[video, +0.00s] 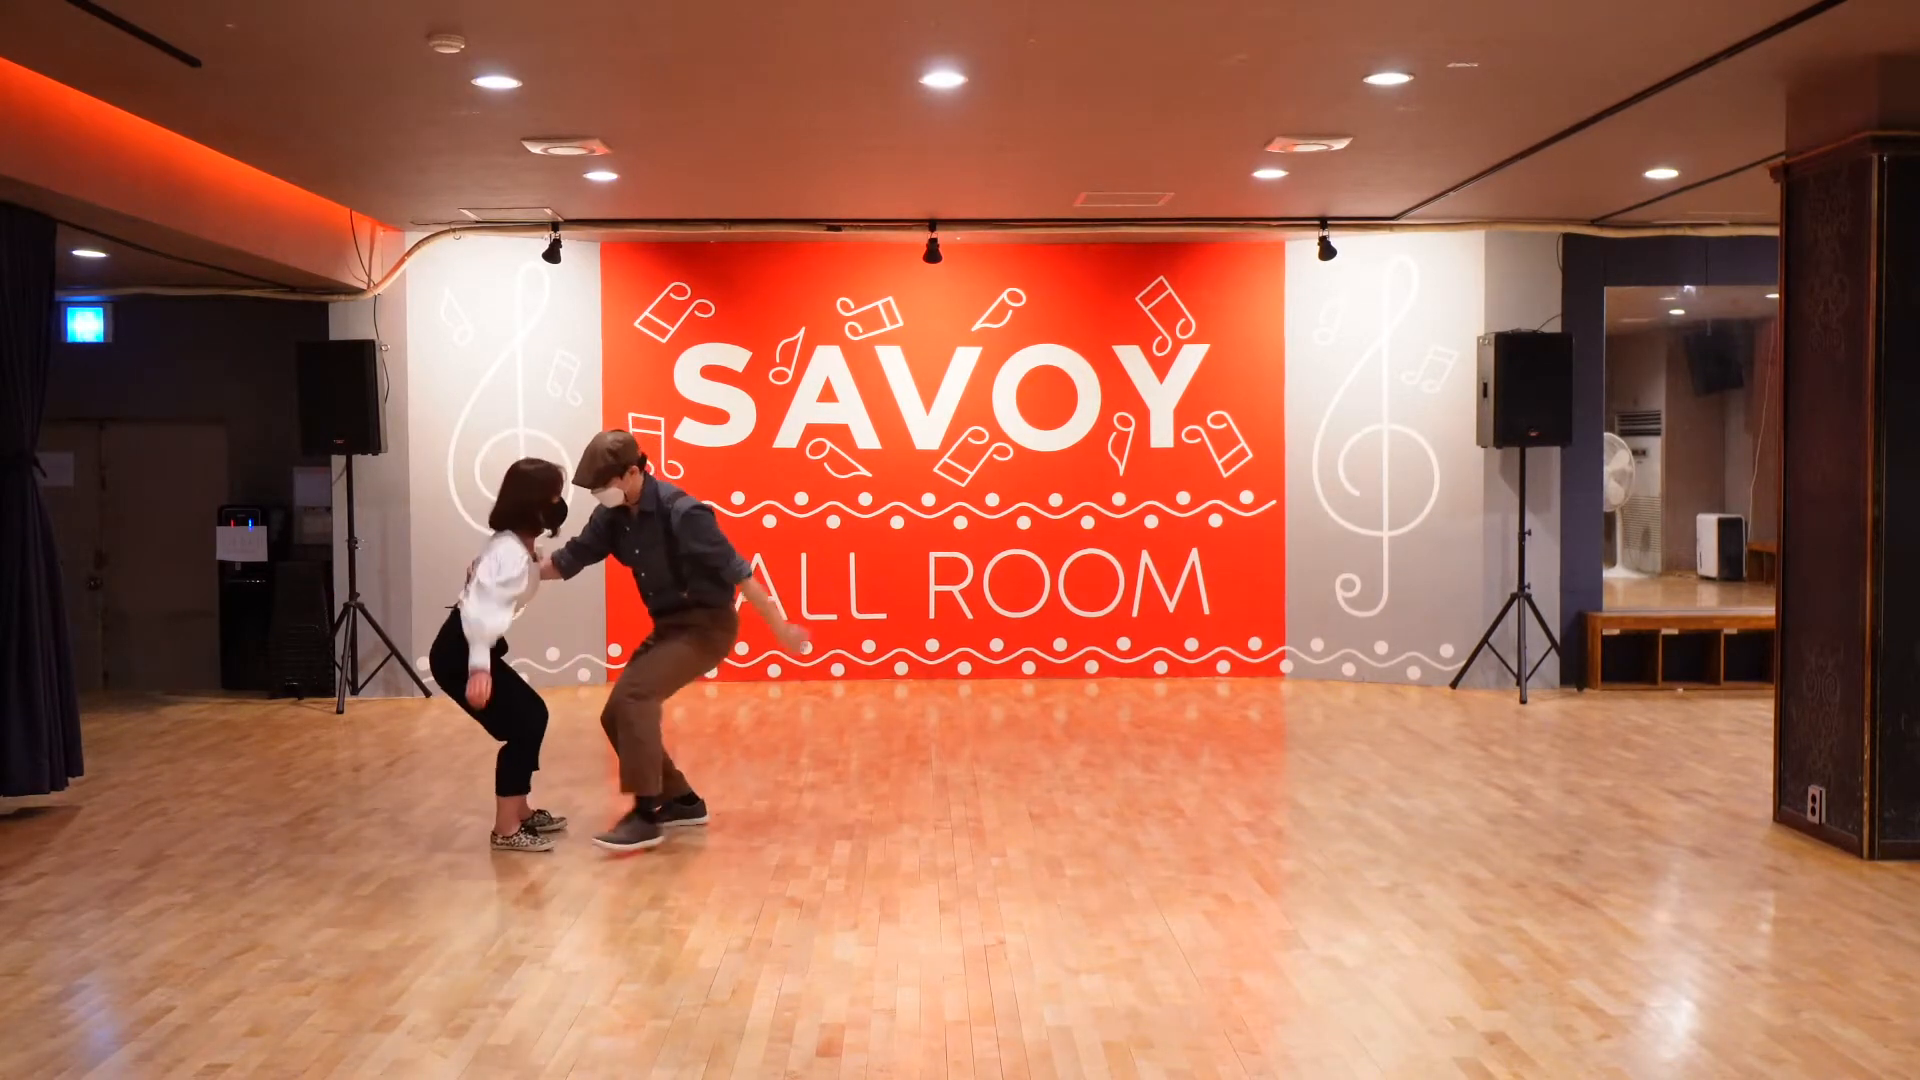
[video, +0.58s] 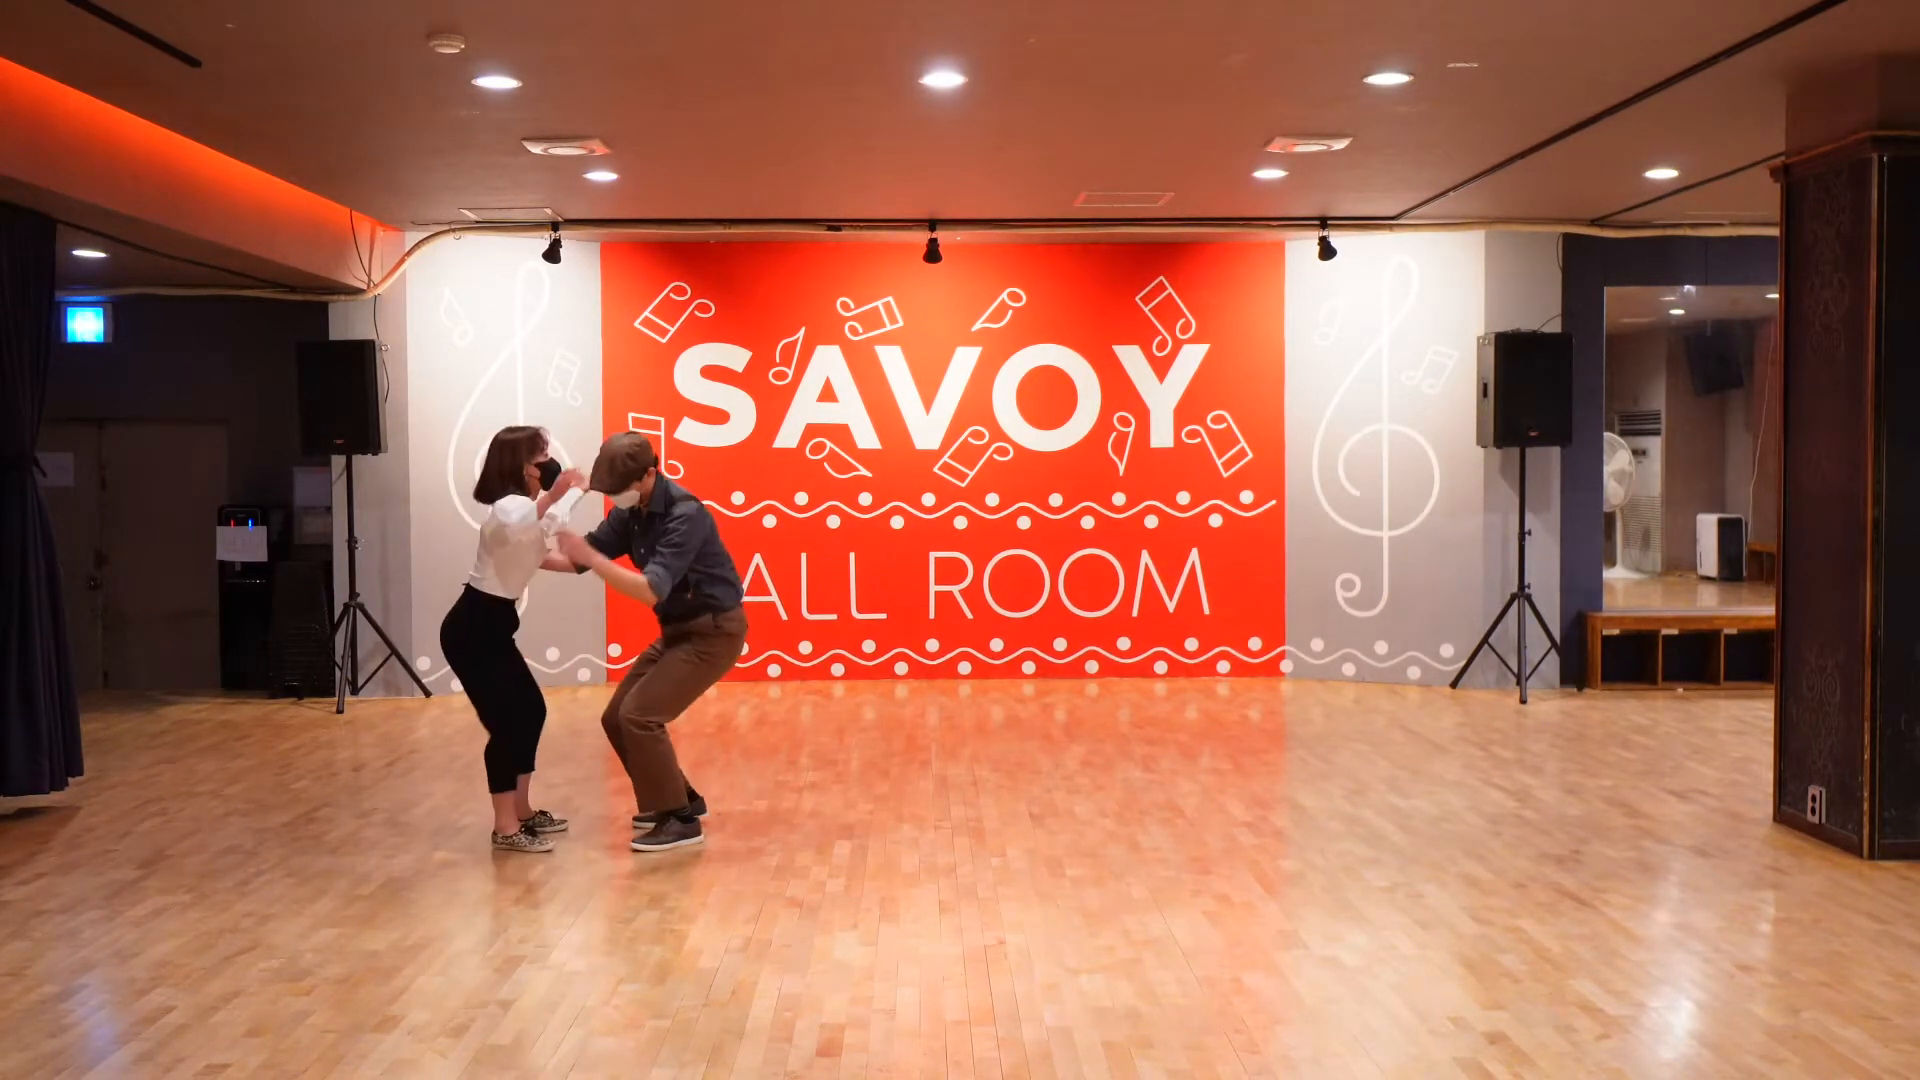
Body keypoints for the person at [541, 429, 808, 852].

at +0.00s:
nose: (600, 498)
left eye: (604, 488)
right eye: (595, 490)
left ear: (632, 473)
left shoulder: (683, 512)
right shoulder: (611, 516)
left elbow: (739, 571)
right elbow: (568, 560)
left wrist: (781, 627)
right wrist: (519, 571)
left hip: (708, 625)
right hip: (668, 628)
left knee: (633, 695)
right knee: (615, 716)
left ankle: (647, 811)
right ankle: (680, 799)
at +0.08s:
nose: (601, 500)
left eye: (606, 491)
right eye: (598, 492)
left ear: (635, 478)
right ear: (622, 482)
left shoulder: (687, 519)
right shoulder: (616, 520)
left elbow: (722, 597)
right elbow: (567, 567)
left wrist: (746, 664)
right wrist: (506, 572)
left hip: (704, 637)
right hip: (668, 638)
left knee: (629, 708)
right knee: (608, 720)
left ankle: (681, 807)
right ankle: (673, 801)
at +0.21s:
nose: (604, 507)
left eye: (610, 497)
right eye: (601, 498)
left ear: (640, 486)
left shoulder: (689, 527)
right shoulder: (622, 527)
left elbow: (689, 616)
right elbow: (566, 573)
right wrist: (496, 572)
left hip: (707, 643)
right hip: (670, 640)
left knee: (620, 722)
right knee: (603, 722)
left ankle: (679, 819)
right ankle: (676, 796)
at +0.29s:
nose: (606, 509)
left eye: (613, 499)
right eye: (603, 500)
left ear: (643, 488)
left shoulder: (689, 528)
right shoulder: (625, 527)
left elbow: (663, 612)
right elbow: (568, 570)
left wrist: (615, 673)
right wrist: (503, 566)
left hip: (709, 646)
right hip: (673, 643)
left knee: (622, 723)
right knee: (604, 722)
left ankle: (679, 818)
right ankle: (678, 796)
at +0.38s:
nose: (610, 507)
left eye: (615, 498)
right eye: (606, 498)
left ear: (644, 486)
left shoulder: (687, 525)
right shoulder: (629, 523)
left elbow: (649, 605)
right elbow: (570, 565)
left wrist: (580, 638)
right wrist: (524, 559)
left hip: (713, 642)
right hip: (674, 641)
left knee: (633, 718)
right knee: (606, 716)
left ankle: (680, 819)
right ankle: (678, 795)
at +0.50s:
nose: (609, 502)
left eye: (615, 494)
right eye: (606, 494)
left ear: (643, 483)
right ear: (639, 482)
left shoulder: (685, 520)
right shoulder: (631, 516)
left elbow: (644, 597)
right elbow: (580, 558)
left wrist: (572, 580)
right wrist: (539, 554)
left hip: (714, 639)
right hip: (678, 636)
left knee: (631, 717)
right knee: (613, 718)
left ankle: (677, 820)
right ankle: (679, 798)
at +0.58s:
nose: (612, 502)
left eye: (617, 493)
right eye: (608, 494)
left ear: (645, 480)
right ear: (634, 480)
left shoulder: (687, 515)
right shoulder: (631, 510)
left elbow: (650, 591)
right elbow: (586, 559)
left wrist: (589, 555)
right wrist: (533, 553)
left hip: (715, 633)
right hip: (678, 634)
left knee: (637, 716)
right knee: (616, 719)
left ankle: (678, 819)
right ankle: (679, 799)